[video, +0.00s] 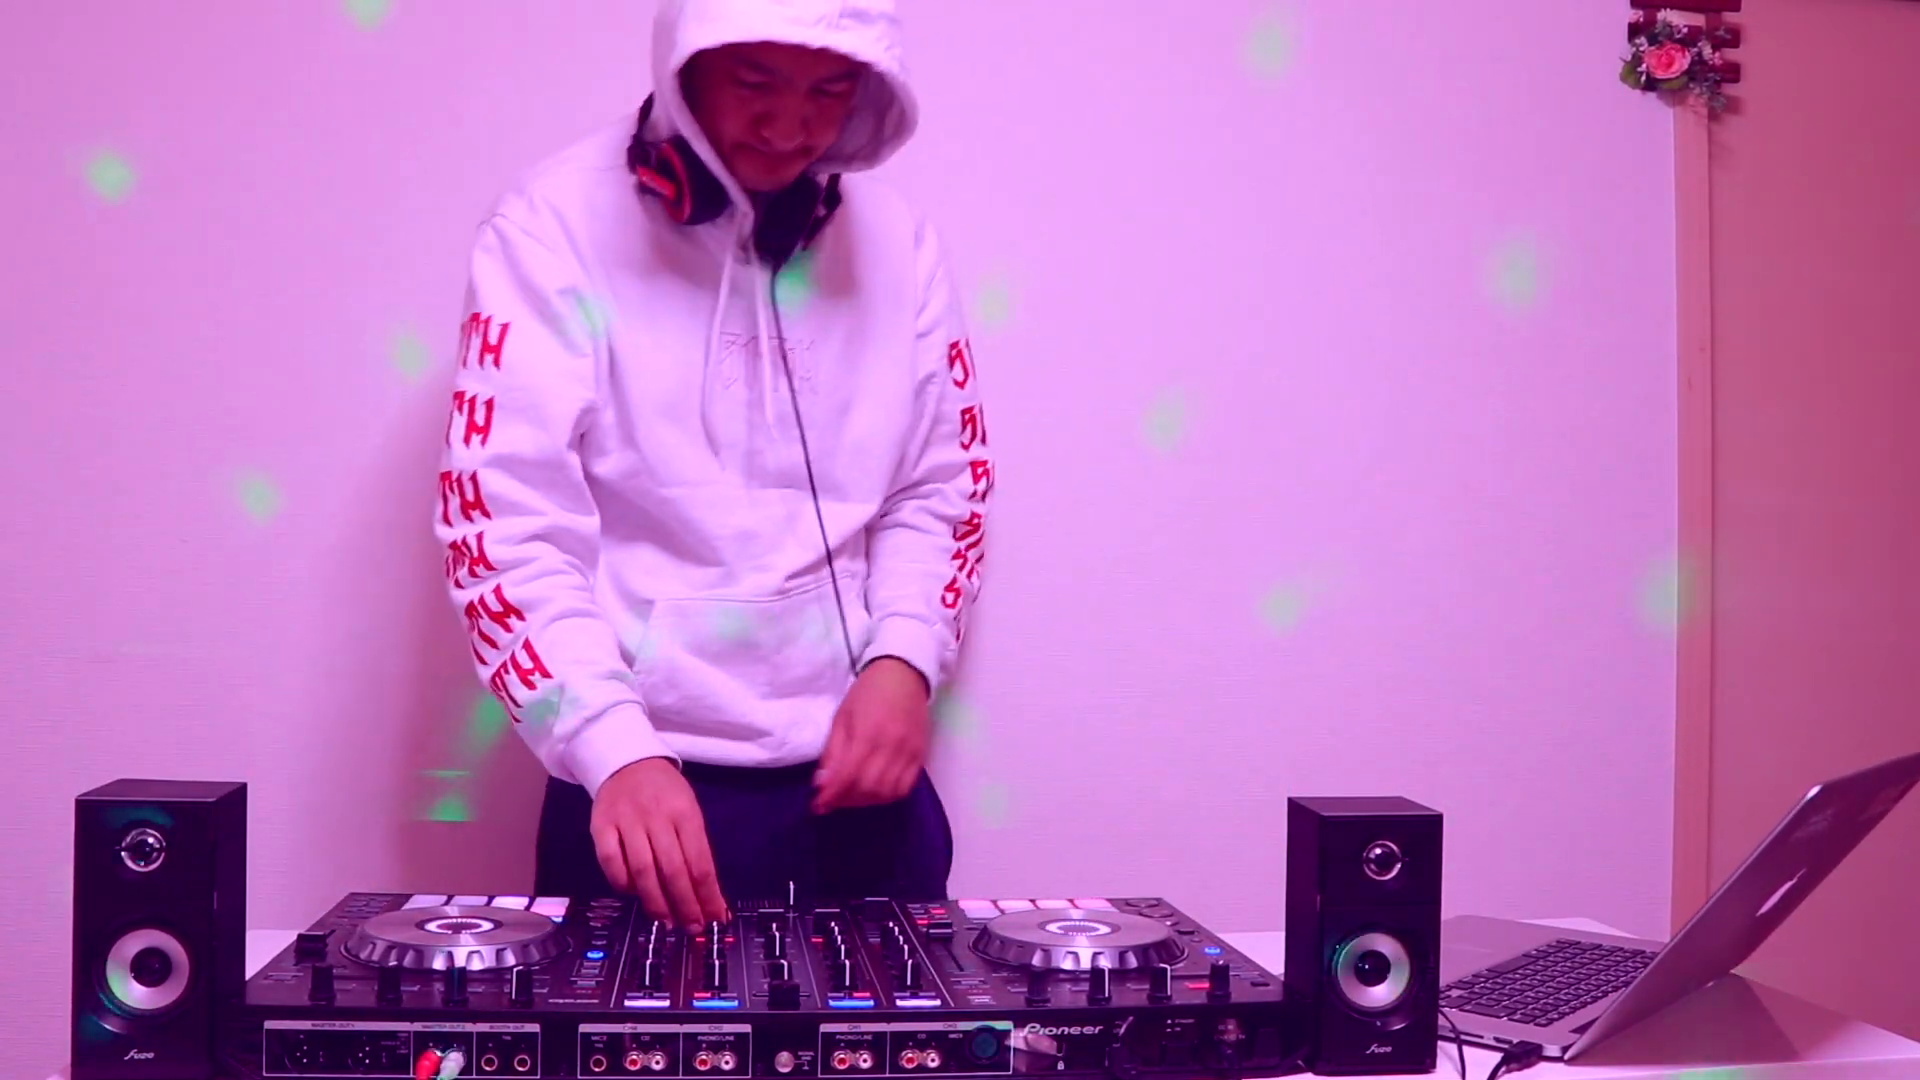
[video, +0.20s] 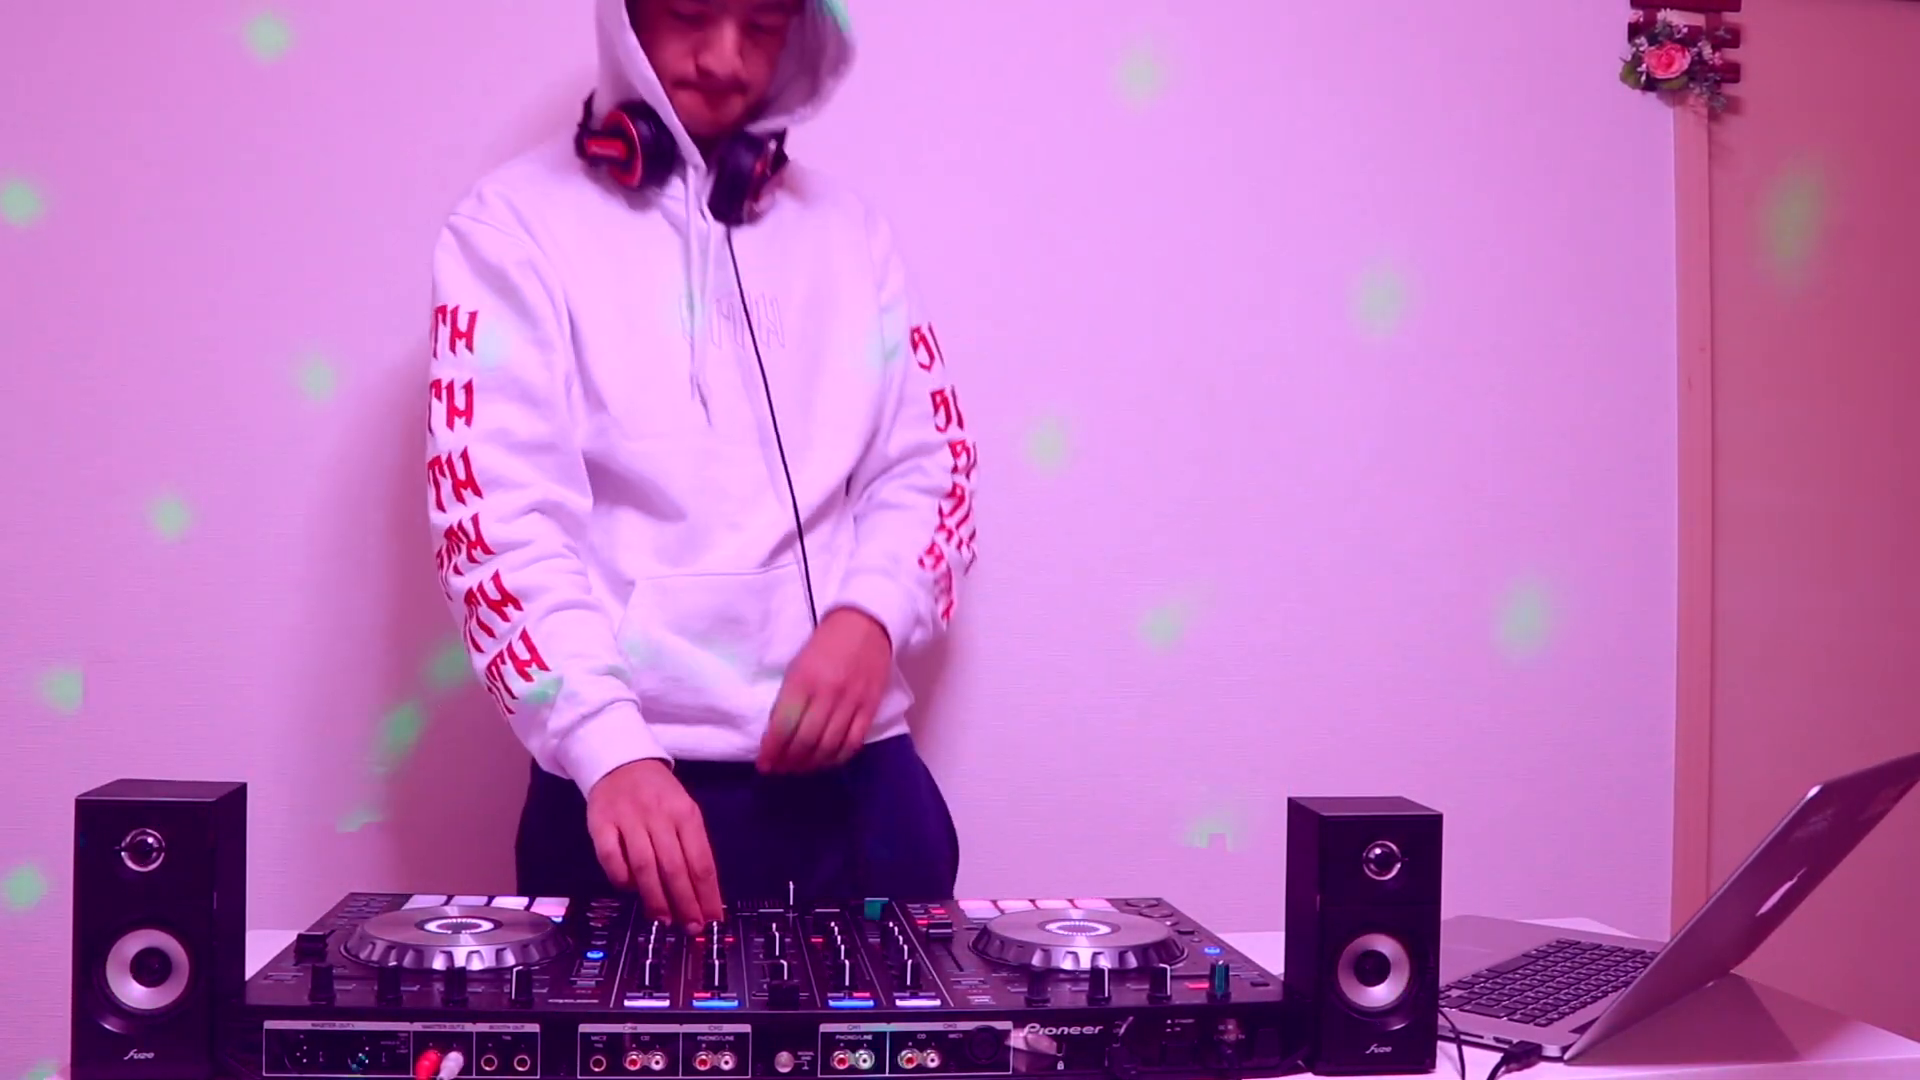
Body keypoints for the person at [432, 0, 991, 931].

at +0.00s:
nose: (787, 121)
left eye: (828, 86)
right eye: (753, 78)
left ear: (861, 95)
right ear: (683, 67)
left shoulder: (897, 239)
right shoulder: (556, 231)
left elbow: (944, 485)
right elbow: (506, 526)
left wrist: (904, 663)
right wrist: (616, 753)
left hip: (863, 788)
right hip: (645, 796)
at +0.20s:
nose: (723, 60)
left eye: (759, 25)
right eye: (687, 18)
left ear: (792, 38)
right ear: (626, 21)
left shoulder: (847, 230)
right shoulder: (516, 227)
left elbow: (927, 465)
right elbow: (499, 520)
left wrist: (870, 616)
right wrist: (610, 753)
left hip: (858, 787)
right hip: (632, 797)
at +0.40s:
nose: (709, 30)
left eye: (745, 1)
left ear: (782, 17)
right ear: (605, 8)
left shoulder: (847, 206)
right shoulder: (504, 222)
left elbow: (926, 440)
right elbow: (485, 527)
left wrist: (860, 581)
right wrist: (608, 751)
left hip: (855, 777)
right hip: (630, 791)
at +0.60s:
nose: (751, 119)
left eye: (792, 78)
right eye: (708, 77)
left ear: (833, 82)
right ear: (649, 75)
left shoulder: (914, 246)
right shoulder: (553, 248)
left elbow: (981, 516)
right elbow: (527, 528)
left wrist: (828, 676)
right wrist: (619, 745)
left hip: (866, 805)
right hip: (628, 807)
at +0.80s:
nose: (820, 57)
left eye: (860, 24)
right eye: (783, 19)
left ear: (904, 35)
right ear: (735, 27)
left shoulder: (981, 245)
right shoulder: (627, 230)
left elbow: (1059, 495)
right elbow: (572, 507)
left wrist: (893, 548)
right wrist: (623, 708)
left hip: (912, 804)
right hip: (675, 793)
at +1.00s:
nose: (883, 43)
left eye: (924, 12)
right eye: (851, 5)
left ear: (971, 31)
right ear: (803, 14)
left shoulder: (1038, 249)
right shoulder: (681, 205)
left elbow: (1100, 534)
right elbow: (608, 476)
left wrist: (1023, 412)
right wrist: (623, 635)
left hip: (956, 784)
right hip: (715, 772)